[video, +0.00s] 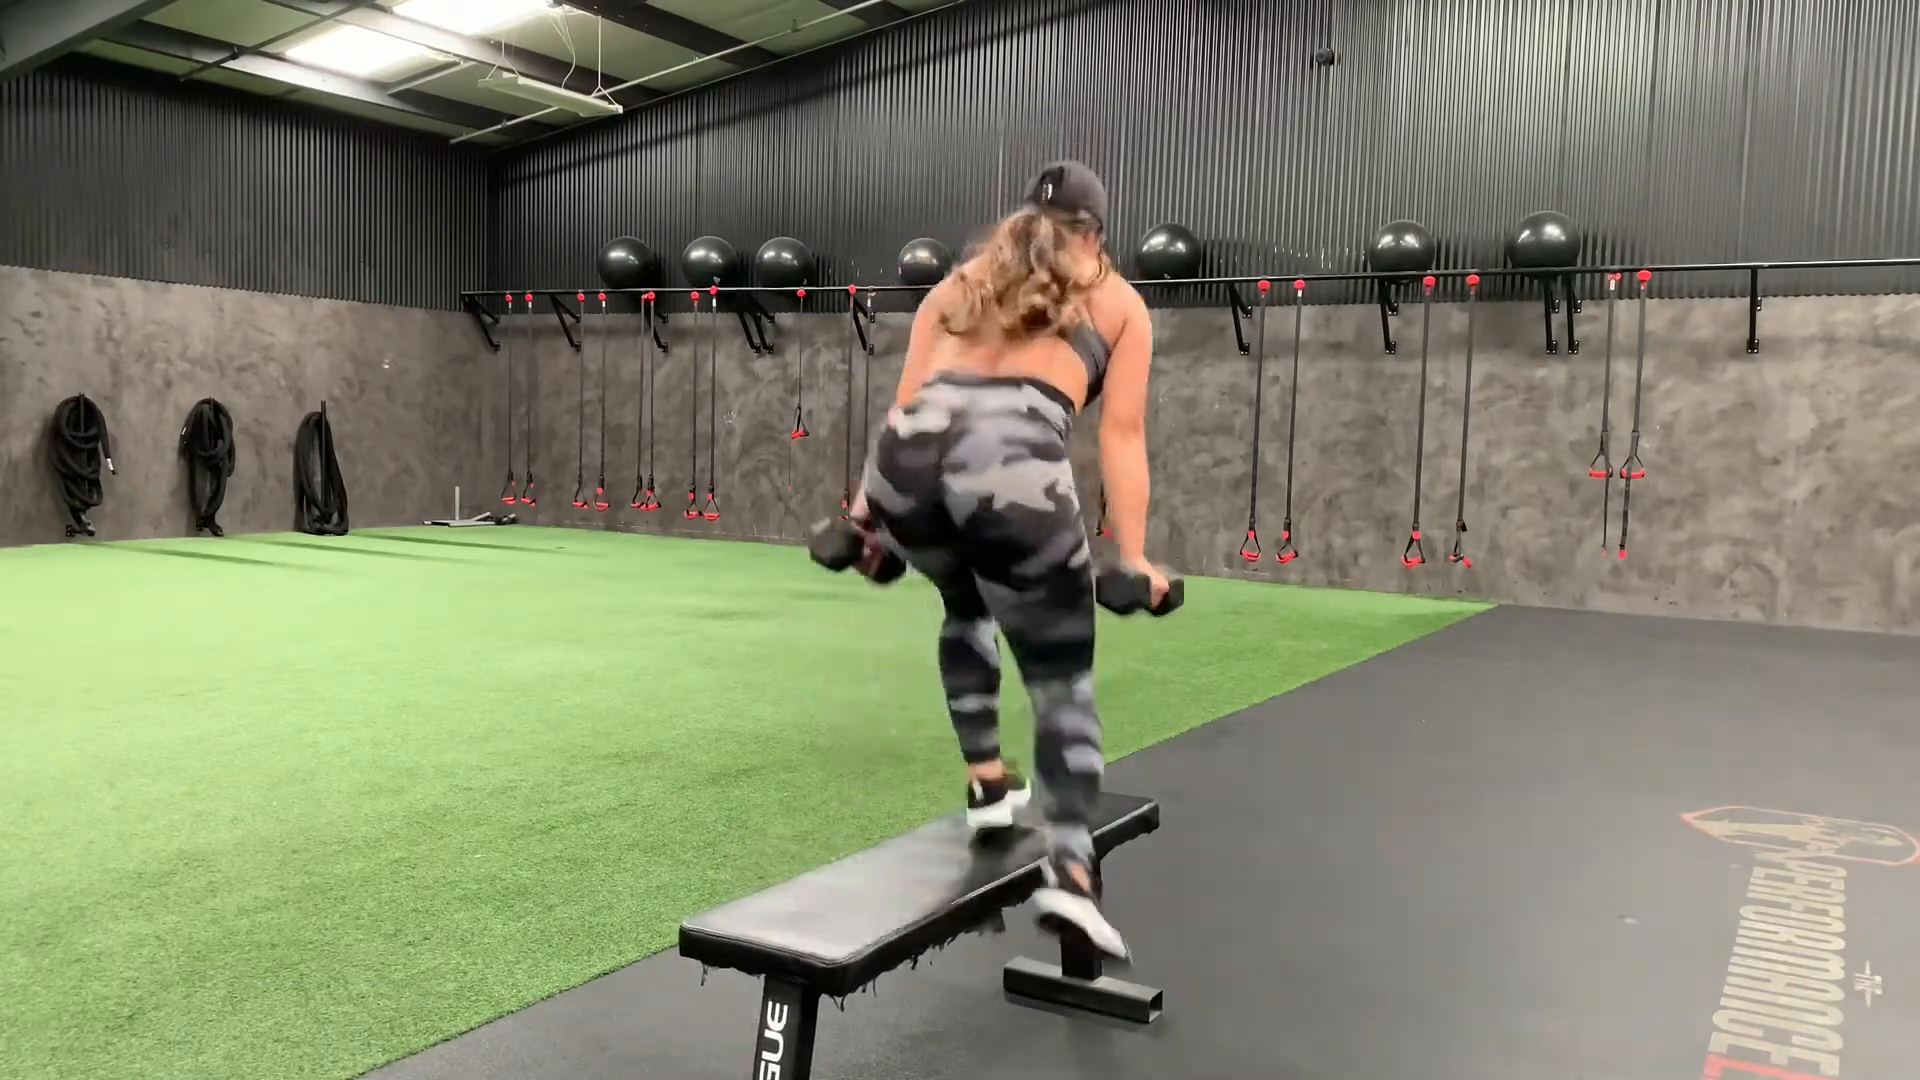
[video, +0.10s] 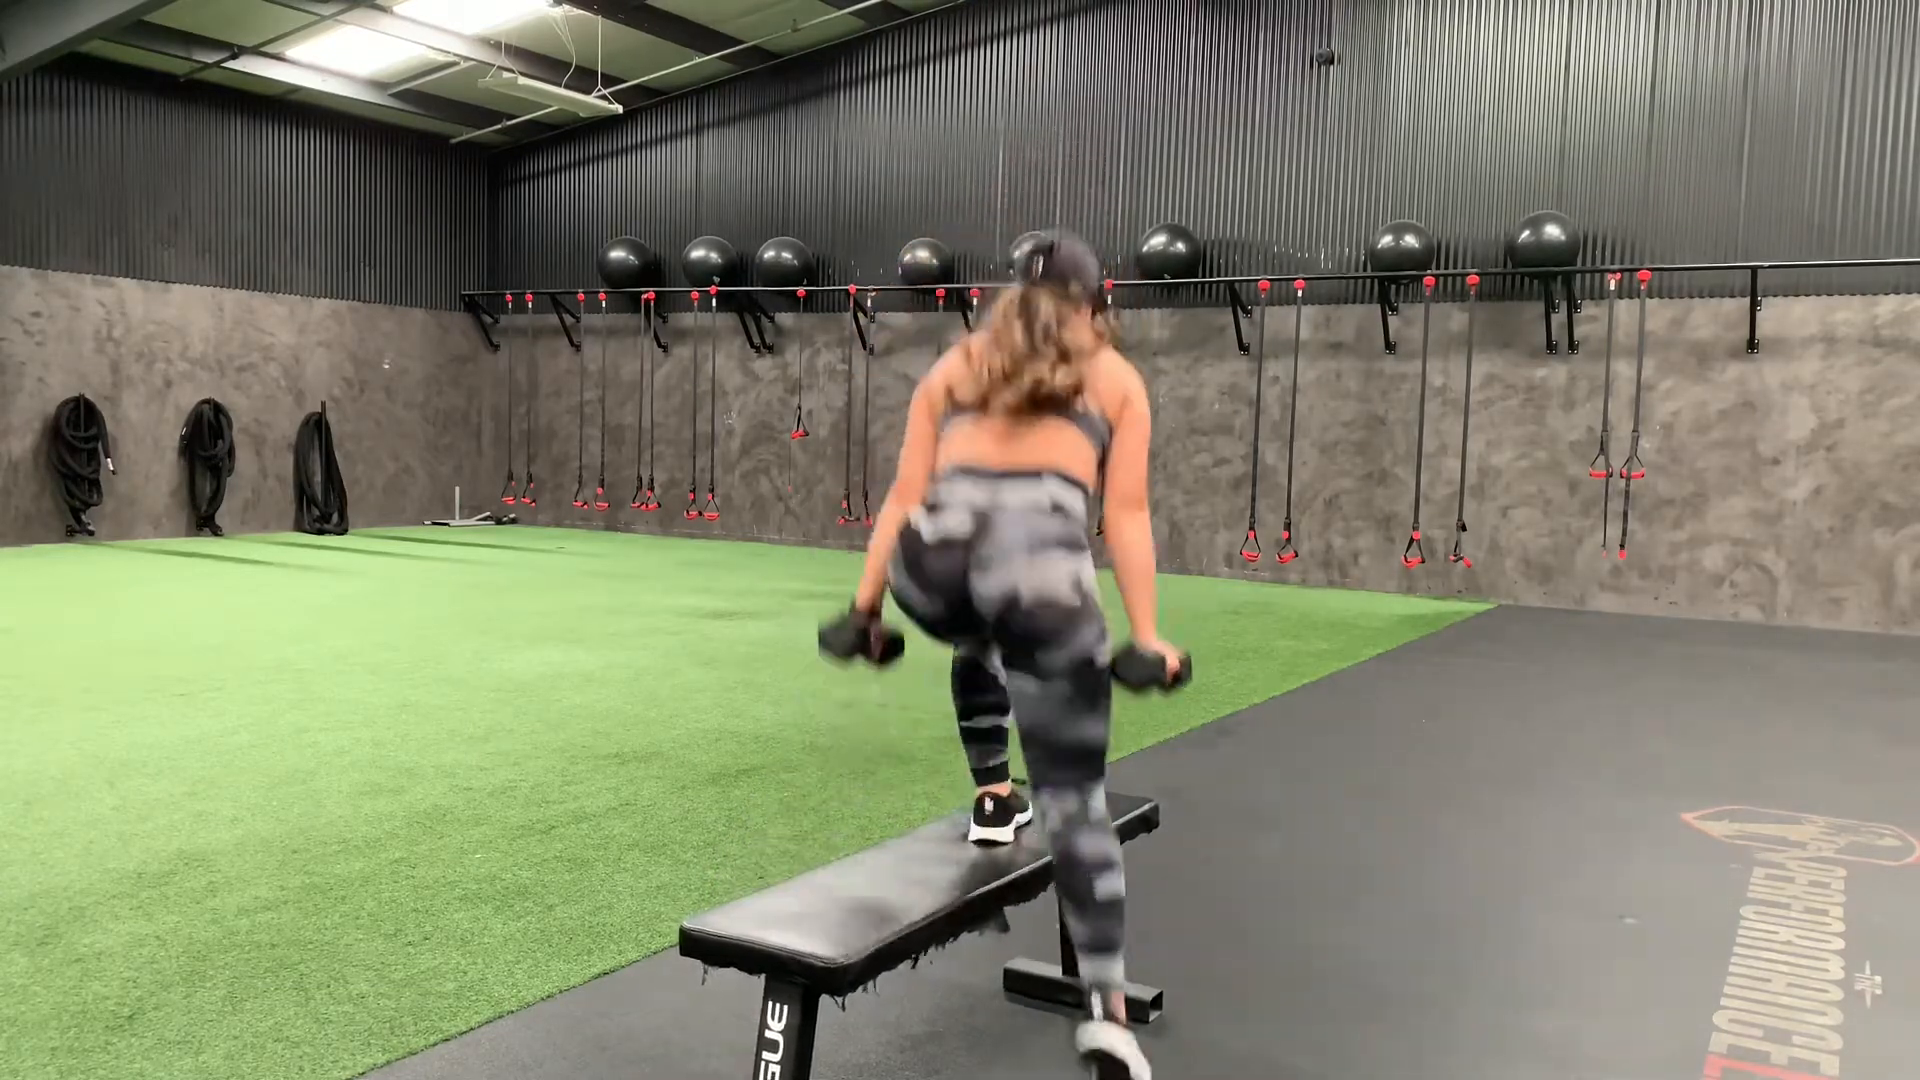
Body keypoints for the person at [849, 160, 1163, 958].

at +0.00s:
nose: (1097, 243)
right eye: (1098, 230)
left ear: (1021, 223)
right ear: (1098, 231)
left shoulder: (953, 288)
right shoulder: (1120, 303)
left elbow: (906, 407)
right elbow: (1121, 433)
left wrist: (866, 509)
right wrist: (1128, 560)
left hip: (909, 470)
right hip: (1016, 470)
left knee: (966, 608)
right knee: (1060, 681)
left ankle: (988, 783)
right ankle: (1070, 870)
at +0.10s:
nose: (1108, 310)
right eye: (1104, 298)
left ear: (1010, 296)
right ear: (1096, 301)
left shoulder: (953, 366)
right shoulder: (1118, 379)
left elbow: (907, 494)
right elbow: (1125, 513)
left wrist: (864, 605)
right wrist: (1146, 635)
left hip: (935, 568)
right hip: (1044, 571)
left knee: (974, 640)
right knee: (1075, 802)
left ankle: (993, 797)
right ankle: (1106, 1007)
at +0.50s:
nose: (1062, 263)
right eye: (1065, 252)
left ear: (993, 243)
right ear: (1062, 250)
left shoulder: (944, 312)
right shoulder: (1085, 320)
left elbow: (905, 435)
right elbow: (1104, 448)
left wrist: (898, 568)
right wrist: (1129, 572)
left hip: (907, 505)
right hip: (1003, 505)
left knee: (971, 618)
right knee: (1062, 711)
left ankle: (987, 788)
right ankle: (1069, 911)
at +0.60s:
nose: (1059, 231)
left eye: (1053, 219)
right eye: (1059, 219)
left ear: (990, 208)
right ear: (1054, 215)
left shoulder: (938, 263)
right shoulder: (1073, 277)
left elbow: (889, 387)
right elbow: (1087, 404)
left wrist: (866, 523)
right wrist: (1102, 528)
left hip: (872, 456)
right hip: (974, 458)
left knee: (949, 592)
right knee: (1053, 620)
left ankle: (940, 771)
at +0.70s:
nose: (1054, 234)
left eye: (1053, 221)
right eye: (1053, 220)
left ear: (983, 207)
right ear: (1042, 215)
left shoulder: (927, 263)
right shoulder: (1056, 277)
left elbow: (889, 385)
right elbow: (1063, 407)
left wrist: (860, 538)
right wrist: (1075, 534)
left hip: (849, 461)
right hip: (949, 460)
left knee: (926, 612)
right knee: (1044, 604)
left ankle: (839, 778)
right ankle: (982, 782)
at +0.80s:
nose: (1040, 283)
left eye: (1041, 271)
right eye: (1042, 270)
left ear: (974, 252)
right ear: (1031, 265)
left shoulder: (913, 307)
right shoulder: (1038, 324)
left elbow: (881, 430)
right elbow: (1037, 457)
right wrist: (1048, 583)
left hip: (832, 532)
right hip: (923, 530)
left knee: (856, 709)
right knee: (1039, 624)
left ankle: (745, 880)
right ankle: (966, 806)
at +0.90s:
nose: (1027, 371)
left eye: (1027, 358)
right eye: (1028, 359)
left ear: (962, 345)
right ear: (1014, 358)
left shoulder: (904, 400)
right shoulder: (1013, 420)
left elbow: (864, 524)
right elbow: (1010, 556)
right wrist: (1023, 685)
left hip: (816, 628)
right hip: (898, 631)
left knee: (789, 825)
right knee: (1043, 633)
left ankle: (687, 997)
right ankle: (969, 811)